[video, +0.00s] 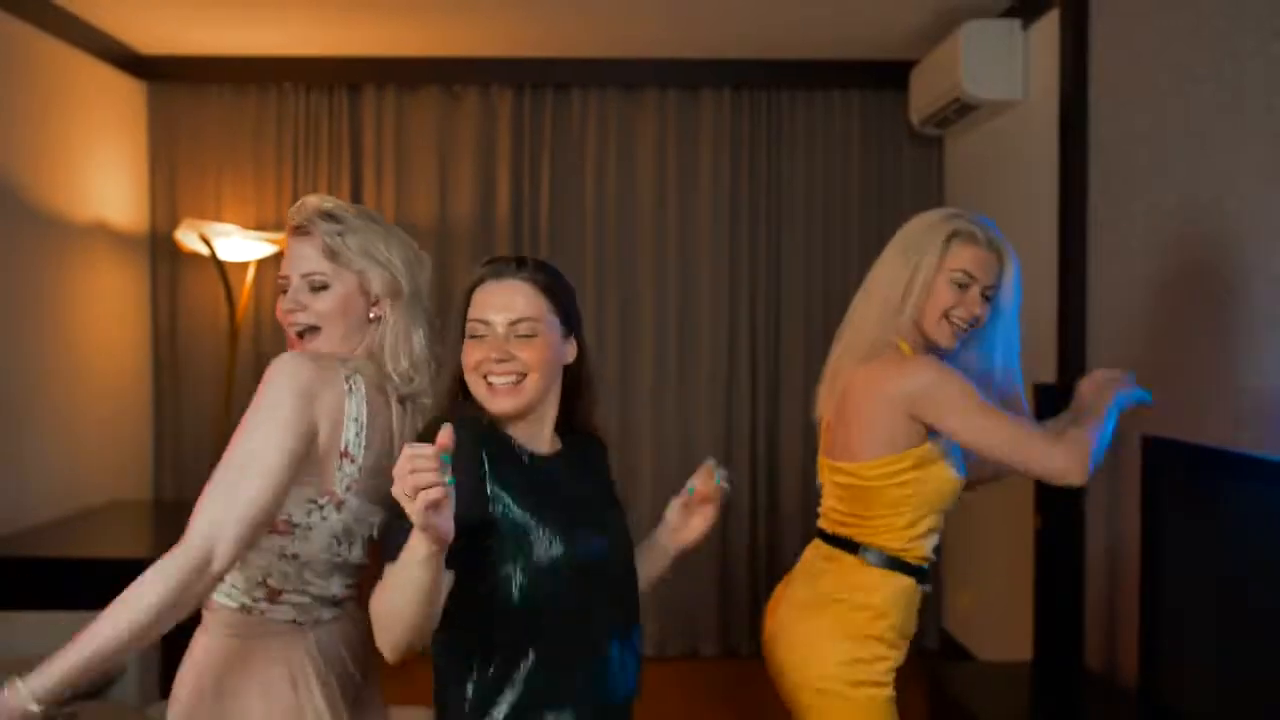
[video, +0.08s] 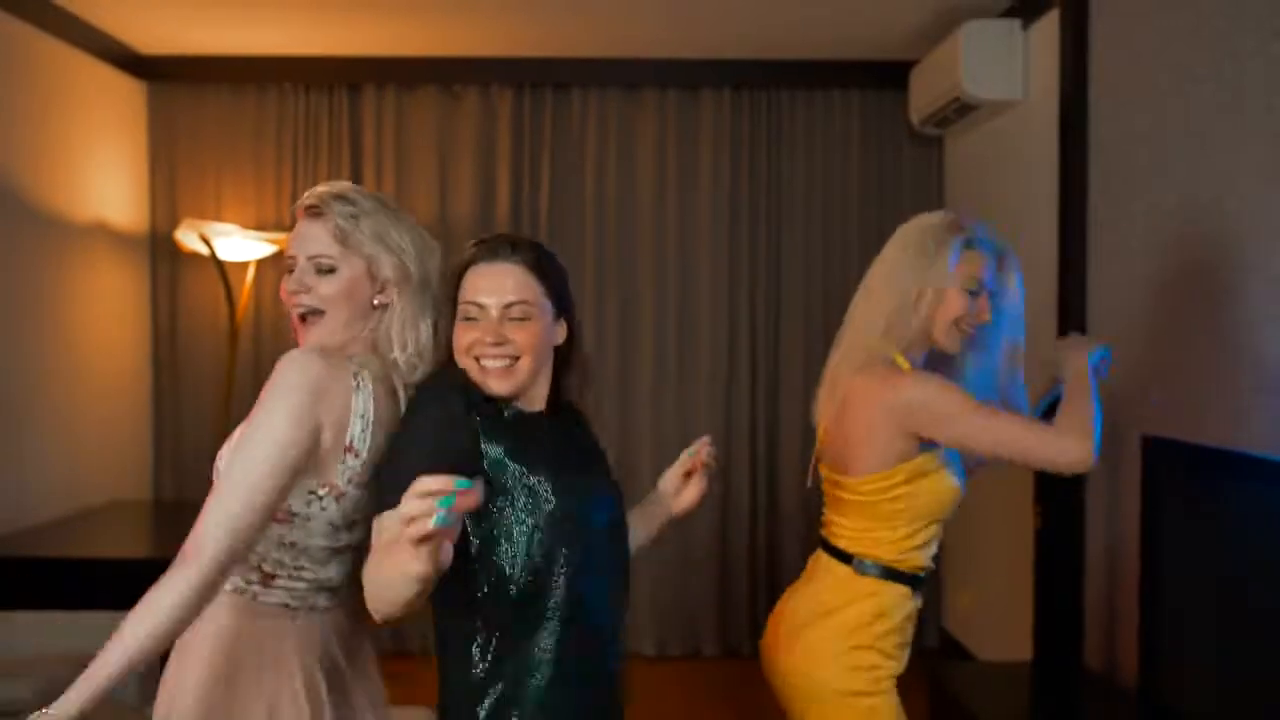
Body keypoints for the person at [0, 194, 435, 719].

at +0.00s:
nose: (290, 306)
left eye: (317, 286)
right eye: (286, 287)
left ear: (379, 300)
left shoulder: (303, 378)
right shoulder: (406, 397)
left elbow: (204, 555)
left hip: (251, 659)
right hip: (345, 651)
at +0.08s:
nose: (293, 286)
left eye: (323, 267)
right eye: (292, 268)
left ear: (384, 287)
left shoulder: (309, 377)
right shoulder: (405, 385)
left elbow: (199, 567)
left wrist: (72, 703)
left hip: (246, 647)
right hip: (339, 639)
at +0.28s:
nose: (297, 324)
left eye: (326, 305)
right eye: (288, 303)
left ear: (384, 324)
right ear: (276, 309)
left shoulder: (308, 436)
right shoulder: (388, 434)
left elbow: (216, 642)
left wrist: (40, 631)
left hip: (256, 695)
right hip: (332, 691)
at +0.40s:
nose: (301, 318)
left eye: (330, 299)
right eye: (290, 297)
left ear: (386, 318)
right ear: (278, 304)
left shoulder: (306, 410)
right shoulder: (402, 420)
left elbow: (214, 608)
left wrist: (40, 564)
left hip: (254, 672)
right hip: (338, 669)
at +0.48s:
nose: (301, 291)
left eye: (331, 272)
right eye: (291, 271)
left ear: (385, 294)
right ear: (277, 279)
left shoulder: (304, 370)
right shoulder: (388, 385)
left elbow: (214, 560)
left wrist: (31, 573)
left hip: (251, 647)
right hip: (323, 640)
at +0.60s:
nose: (299, 282)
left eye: (328, 262)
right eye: (293, 261)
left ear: (386, 283)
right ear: (281, 270)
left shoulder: (306, 383)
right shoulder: (403, 389)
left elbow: (181, 571)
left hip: (249, 646)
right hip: (333, 640)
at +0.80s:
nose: (286, 327)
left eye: (316, 310)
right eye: (278, 308)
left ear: (370, 336)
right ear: (266, 319)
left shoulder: (289, 441)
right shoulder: (374, 440)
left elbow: (195, 642)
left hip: (253, 696)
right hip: (330, 690)